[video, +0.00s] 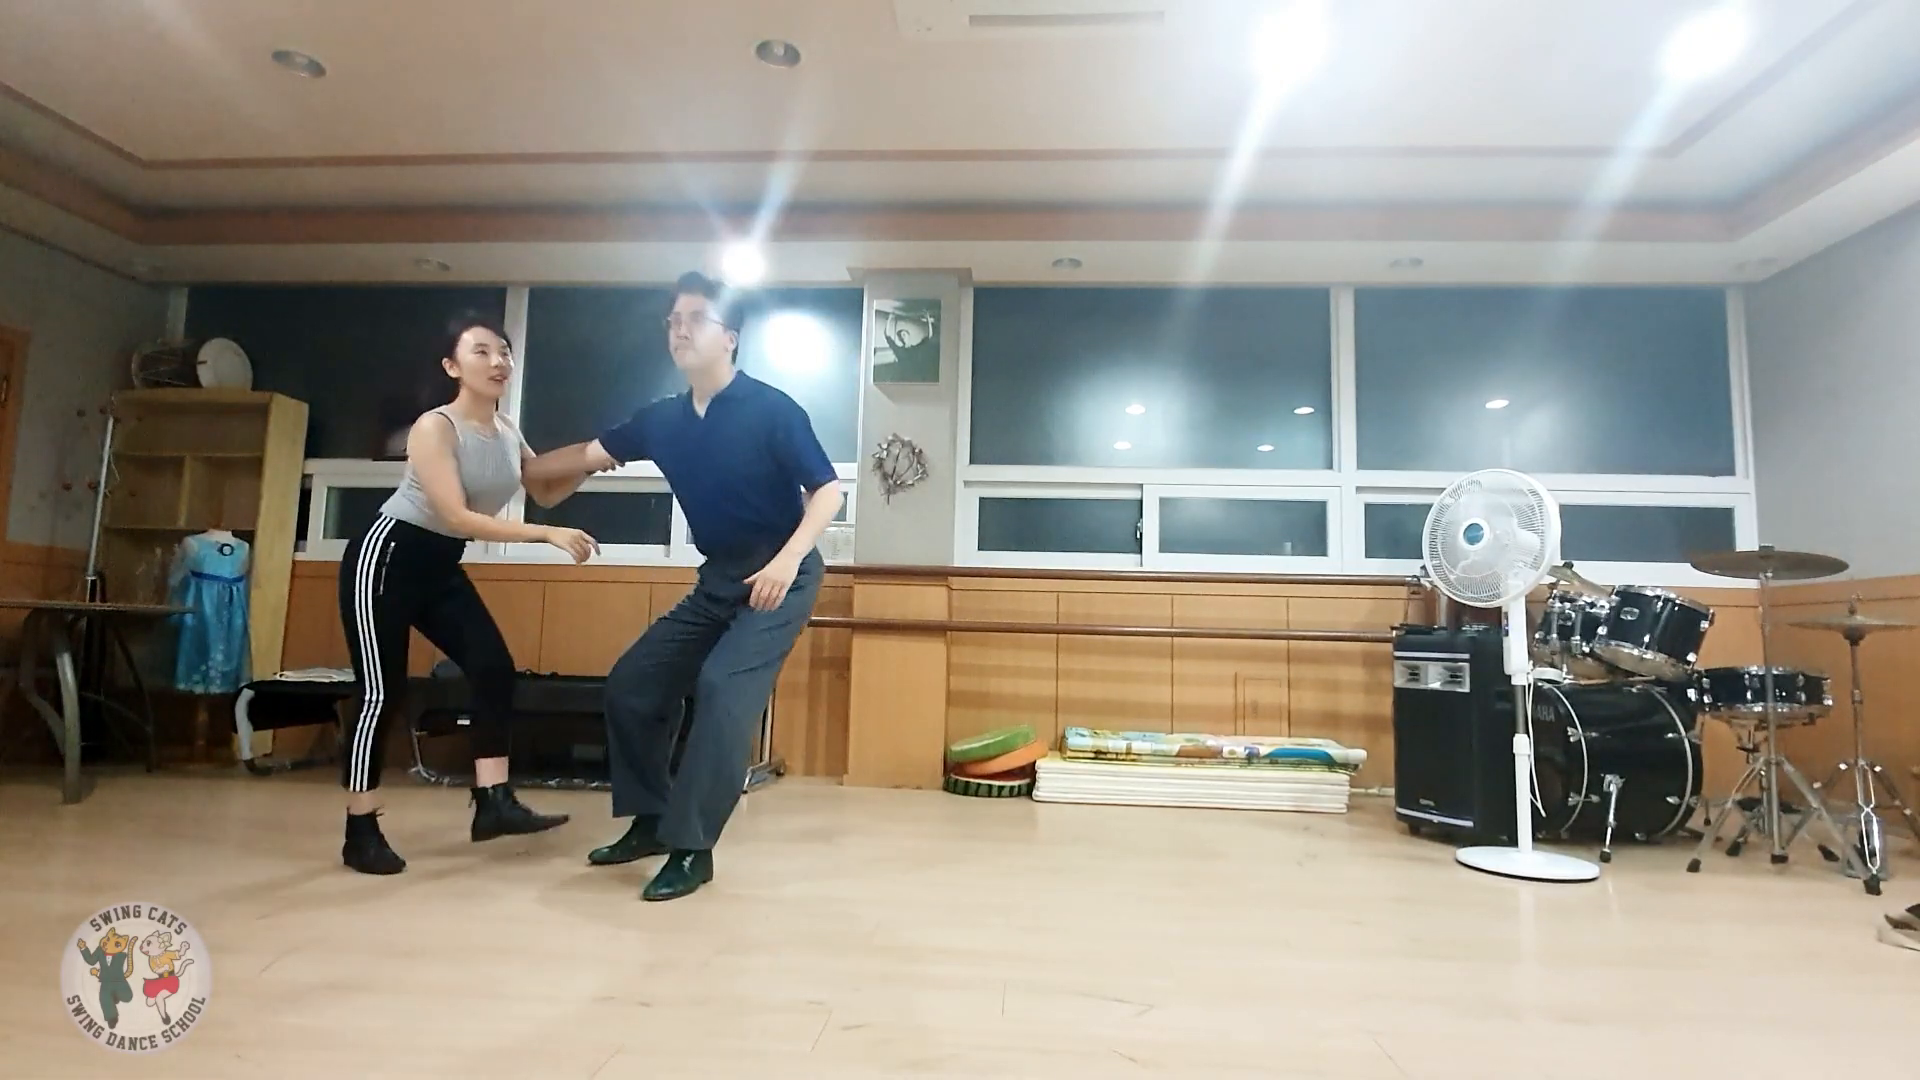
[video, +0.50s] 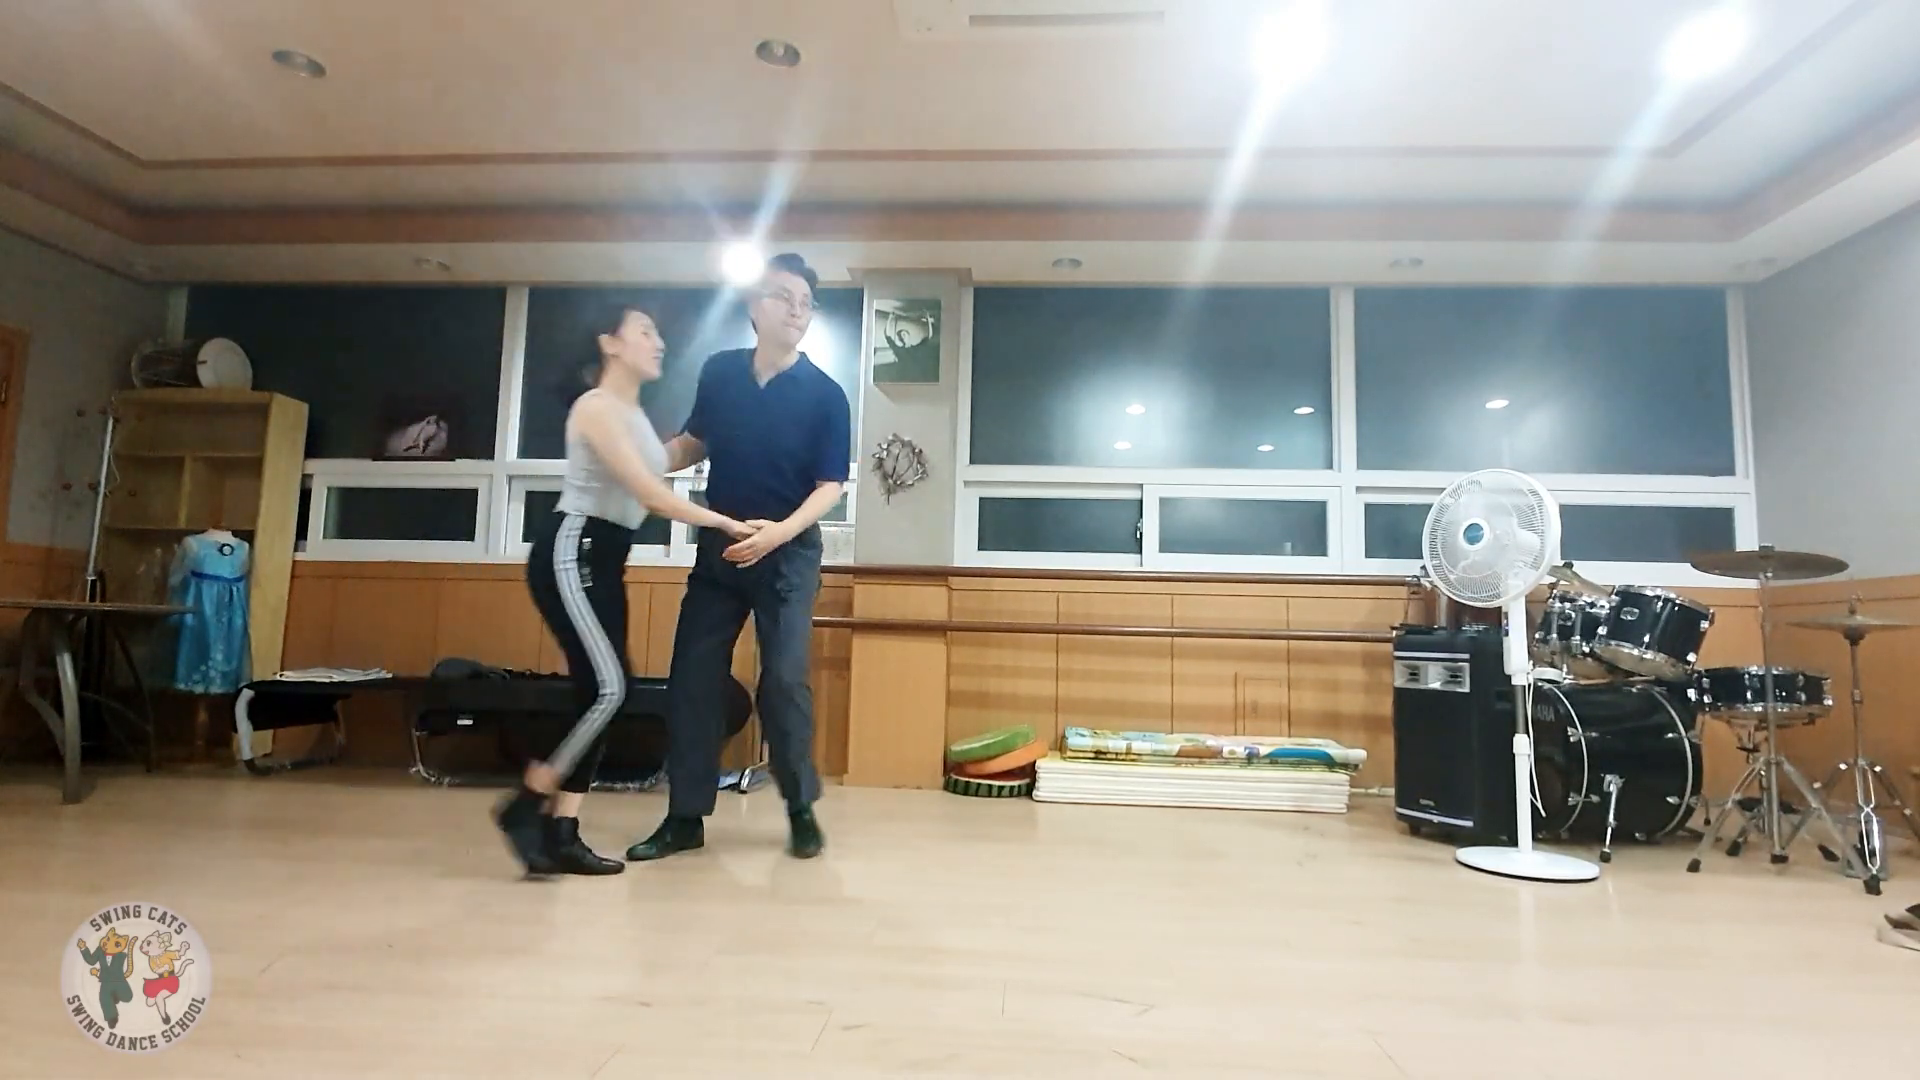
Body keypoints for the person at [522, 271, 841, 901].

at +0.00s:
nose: (678, 331)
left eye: (696, 320)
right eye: (674, 321)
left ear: (731, 336)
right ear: (669, 333)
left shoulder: (771, 409)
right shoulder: (660, 420)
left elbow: (827, 491)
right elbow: (588, 455)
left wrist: (788, 557)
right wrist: (514, 468)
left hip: (782, 575)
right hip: (719, 579)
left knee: (722, 687)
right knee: (631, 685)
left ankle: (693, 846)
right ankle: (652, 819)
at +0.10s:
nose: (687, 334)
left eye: (703, 325)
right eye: (686, 324)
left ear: (740, 340)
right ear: (684, 335)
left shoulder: (781, 417)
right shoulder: (671, 421)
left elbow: (832, 497)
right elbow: (604, 459)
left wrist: (792, 562)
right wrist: (532, 472)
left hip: (783, 577)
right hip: (721, 580)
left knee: (720, 684)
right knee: (632, 686)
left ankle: (695, 848)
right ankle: (668, 818)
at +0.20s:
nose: (728, 332)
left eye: (741, 323)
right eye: (718, 322)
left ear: (761, 337)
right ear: (700, 335)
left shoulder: (790, 413)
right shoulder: (685, 412)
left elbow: (832, 503)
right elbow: (630, 462)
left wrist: (788, 561)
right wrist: (552, 479)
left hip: (779, 575)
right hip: (716, 572)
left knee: (719, 686)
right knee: (640, 694)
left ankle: (693, 846)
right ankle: (676, 816)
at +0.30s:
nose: (754, 312)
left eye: (767, 304)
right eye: (743, 299)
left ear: (781, 319)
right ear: (721, 309)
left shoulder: (802, 399)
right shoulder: (694, 384)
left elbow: (824, 491)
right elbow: (659, 451)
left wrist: (775, 544)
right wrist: (581, 482)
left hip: (780, 556)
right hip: (714, 551)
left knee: (745, 685)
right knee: (668, 679)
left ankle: (706, 830)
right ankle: (677, 815)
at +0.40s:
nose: (779, 306)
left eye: (790, 298)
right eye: (766, 294)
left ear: (798, 310)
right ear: (739, 303)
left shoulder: (813, 390)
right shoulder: (706, 370)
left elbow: (825, 483)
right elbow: (682, 438)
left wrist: (774, 526)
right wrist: (629, 468)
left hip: (783, 549)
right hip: (713, 545)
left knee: (764, 677)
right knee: (690, 677)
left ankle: (747, 819)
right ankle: (682, 817)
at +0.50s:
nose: (795, 312)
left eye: (805, 305)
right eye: (782, 299)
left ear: (811, 317)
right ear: (753, 308)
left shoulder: (826, 396)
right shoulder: (720, 372)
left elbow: (832, 485)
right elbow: (693, 443)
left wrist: (782, 531)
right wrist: (636, 462)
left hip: (790, 551)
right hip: (718, 546)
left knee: (784, 681)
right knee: (692, 679)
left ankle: (800, 808)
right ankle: (686, 818)